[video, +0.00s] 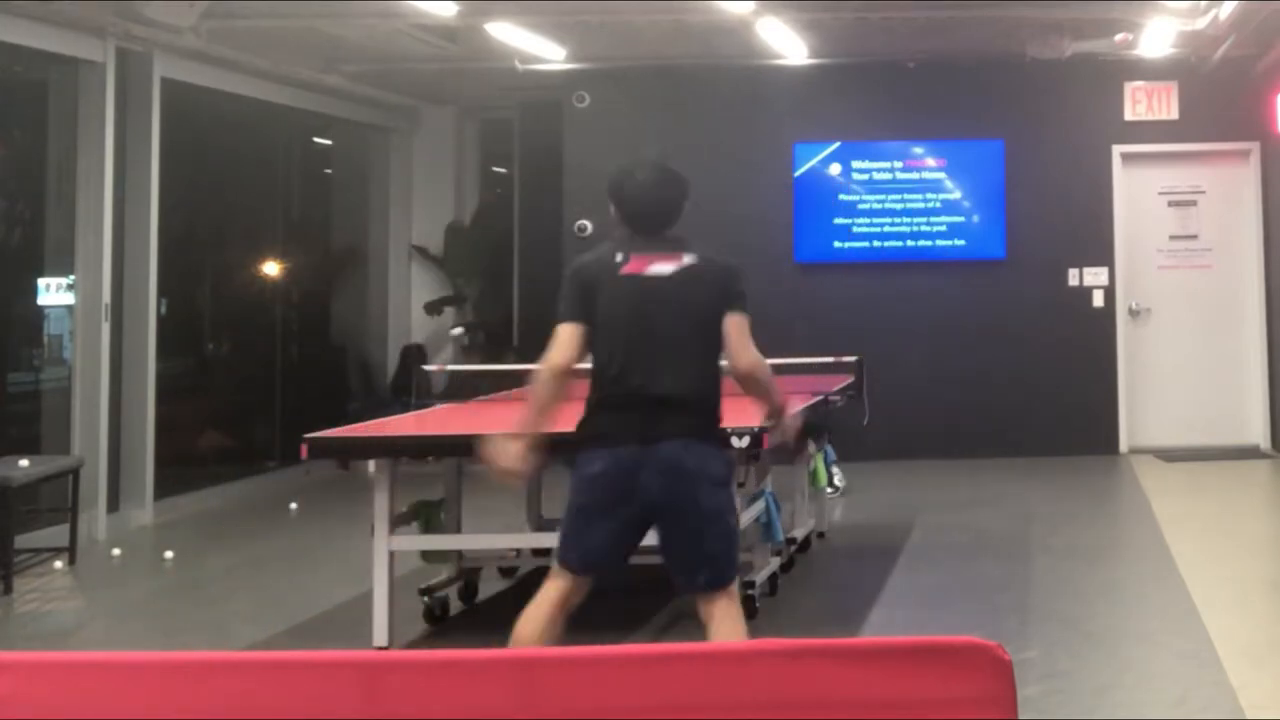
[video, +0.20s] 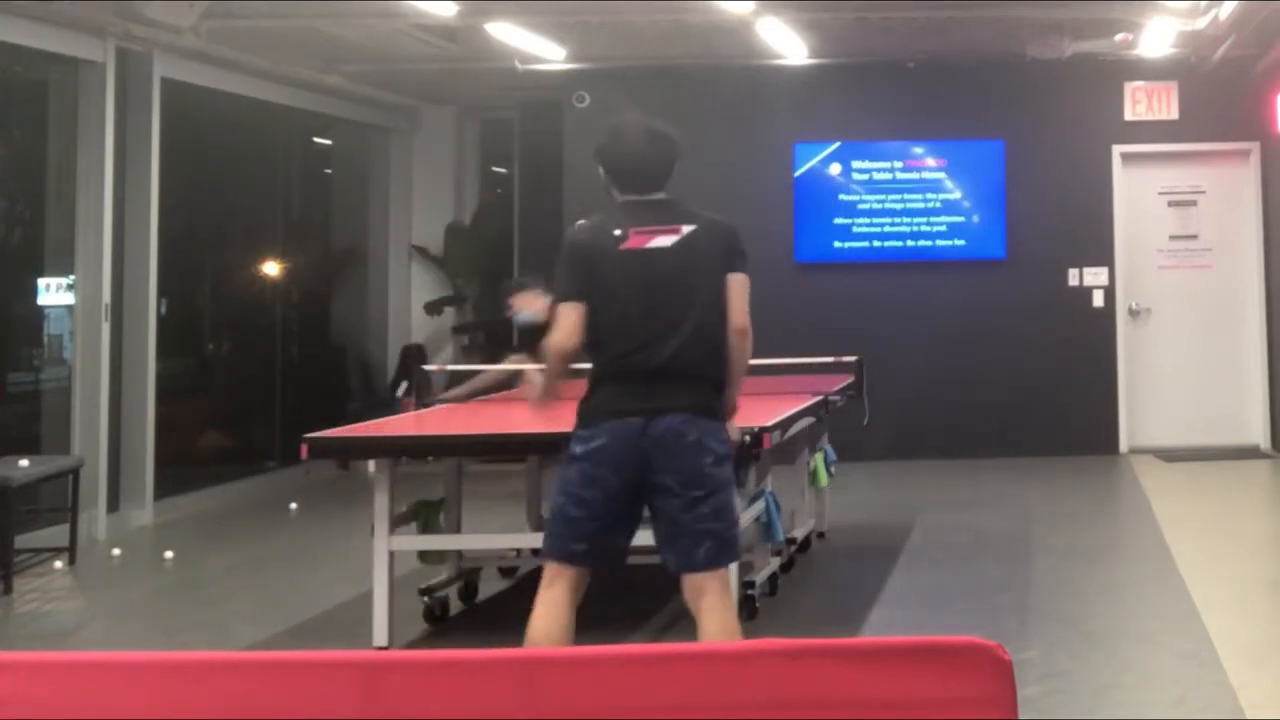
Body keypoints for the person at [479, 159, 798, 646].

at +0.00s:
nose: (613, 213)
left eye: (614, 205)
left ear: (616, 212)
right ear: (677, 210)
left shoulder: (590, 272)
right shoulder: (716, 276)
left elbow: (558, 363)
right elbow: (745, 363)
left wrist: (524, 434)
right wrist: (776, 407)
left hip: (609, 457)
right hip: (693, 457)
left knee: (561, 587)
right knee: (718, 599)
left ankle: (498, 703)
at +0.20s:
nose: (611, 176)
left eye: (609, 168)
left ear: (608, 175)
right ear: (669, 171)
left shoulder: (586, 239)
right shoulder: (718, 235)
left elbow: (566, 338)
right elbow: (738, 327)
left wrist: (546, 377)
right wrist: (728, 401)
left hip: (608, 426)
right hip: (692, 425)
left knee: (560, 579)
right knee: (710, 589)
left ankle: (532, 718)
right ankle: (733, 718)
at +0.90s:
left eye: (579, 180)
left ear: (581, 187)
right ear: (646, 191)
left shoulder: (546, 249)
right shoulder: (677, 266)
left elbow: (447, 308)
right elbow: (720, 358)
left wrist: (472, 262)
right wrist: (689, 395)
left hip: (559, 453)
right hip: (645, 451)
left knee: (536, 606)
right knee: (682, 590)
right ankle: (714, 716)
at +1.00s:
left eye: (576, 206)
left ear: (581, 212)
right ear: (645, 214)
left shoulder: (544, 270)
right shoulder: (673, 285)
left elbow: (461, 328)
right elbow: (727, 373)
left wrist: (442, 329)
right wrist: (689, 400)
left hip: (558, 465)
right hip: (643, 463)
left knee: (523, 610)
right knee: (681, 575)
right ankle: (694, 712)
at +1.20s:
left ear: (613, 246)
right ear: (672, 251)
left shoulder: (575, 294)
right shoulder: (694, 316)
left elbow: (478, 329)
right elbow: (761, 391)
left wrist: (505, 296)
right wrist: (712, 381)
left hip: (580, 487)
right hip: (662, 483)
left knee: (526, 622)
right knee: (692, 550)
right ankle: (730, 648)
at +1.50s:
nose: (663, 237)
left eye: (666, 232)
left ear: (671, 238)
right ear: (723, 245)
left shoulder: (651, 273)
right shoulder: (735, 296)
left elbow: (617, 349)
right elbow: (717, 355)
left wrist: (656, 333)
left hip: (662, 439)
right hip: (722, 439)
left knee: (613, 567)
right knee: (734, 539)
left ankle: (588, 690)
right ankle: (777, 648)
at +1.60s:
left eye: (661, 222)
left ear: (663, 227)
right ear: (711, 233)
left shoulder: (646, 257)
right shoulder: (731, 284)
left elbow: (599, 318)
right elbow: (739, 360)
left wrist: (640, 319)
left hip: (668, 415)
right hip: (729, 414)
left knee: (618, 541)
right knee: (745, 532)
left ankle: (608, 671)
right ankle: (786, 641)